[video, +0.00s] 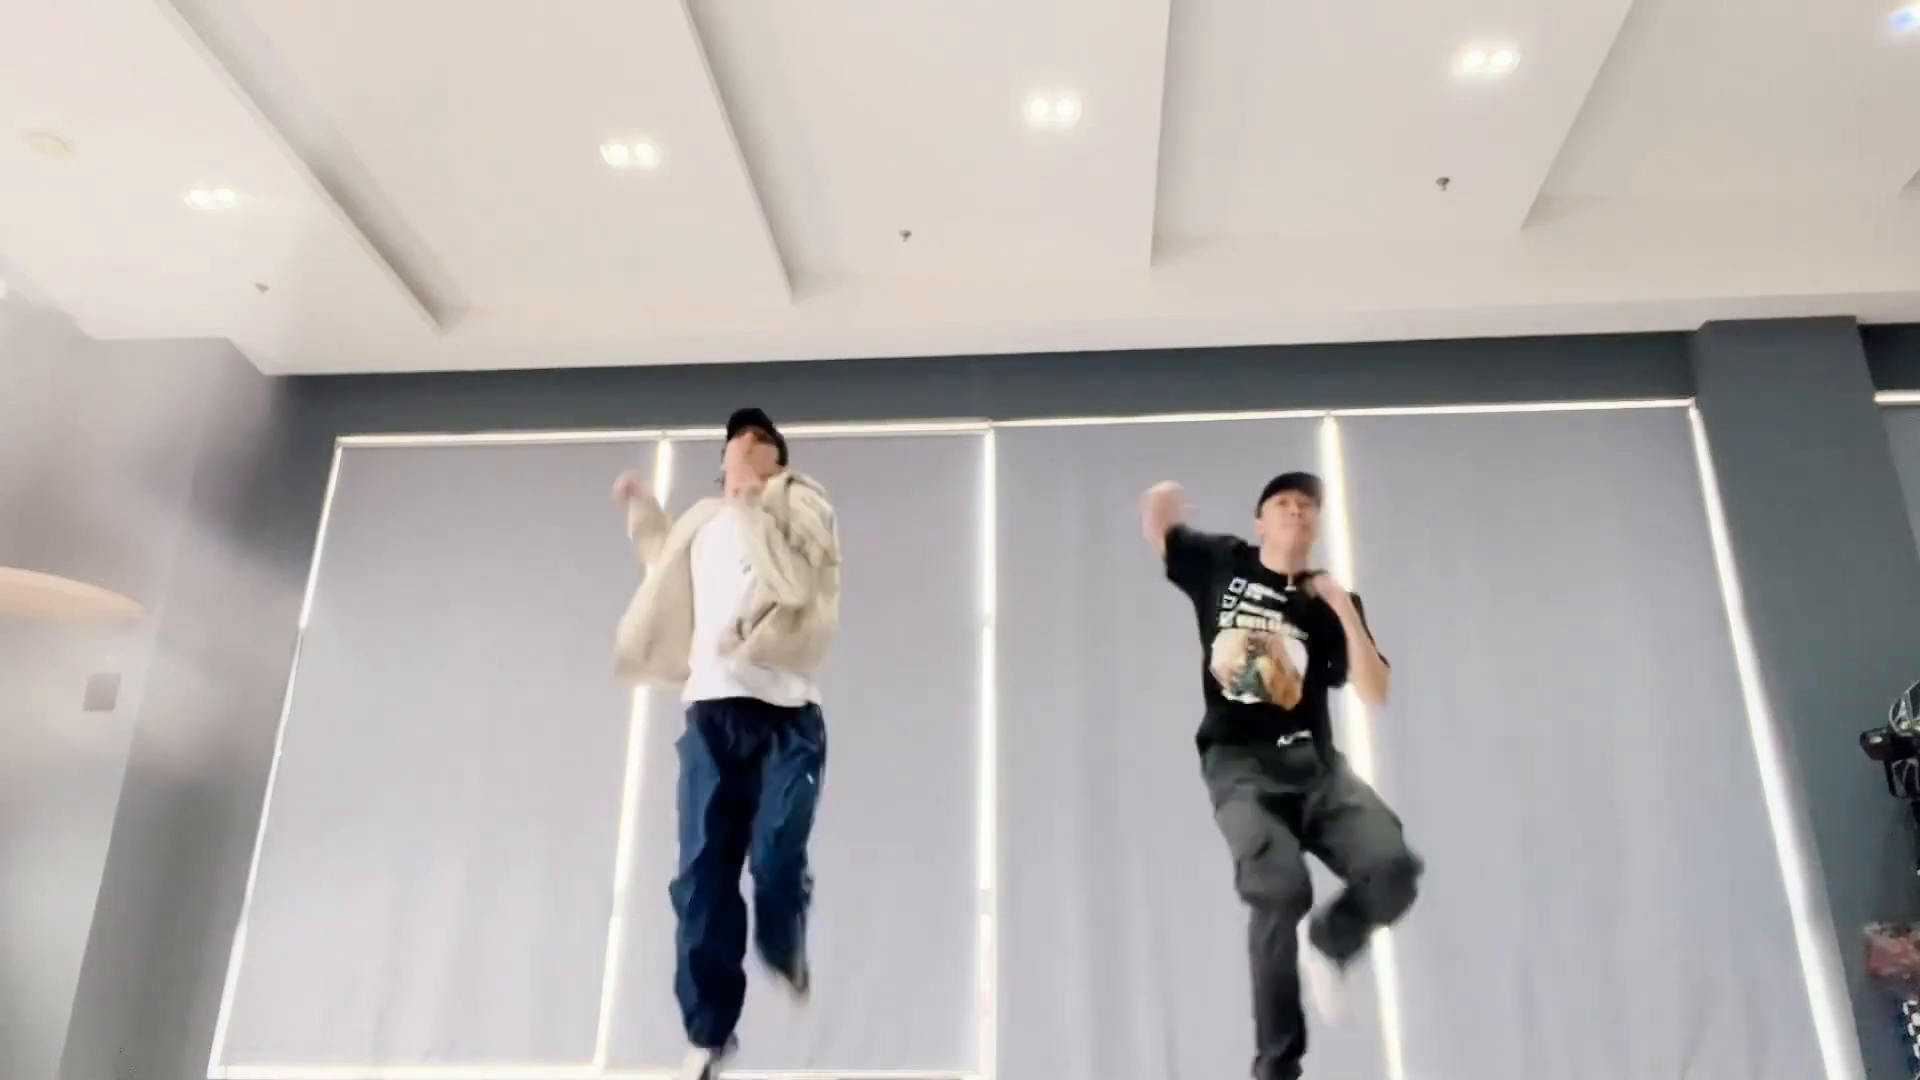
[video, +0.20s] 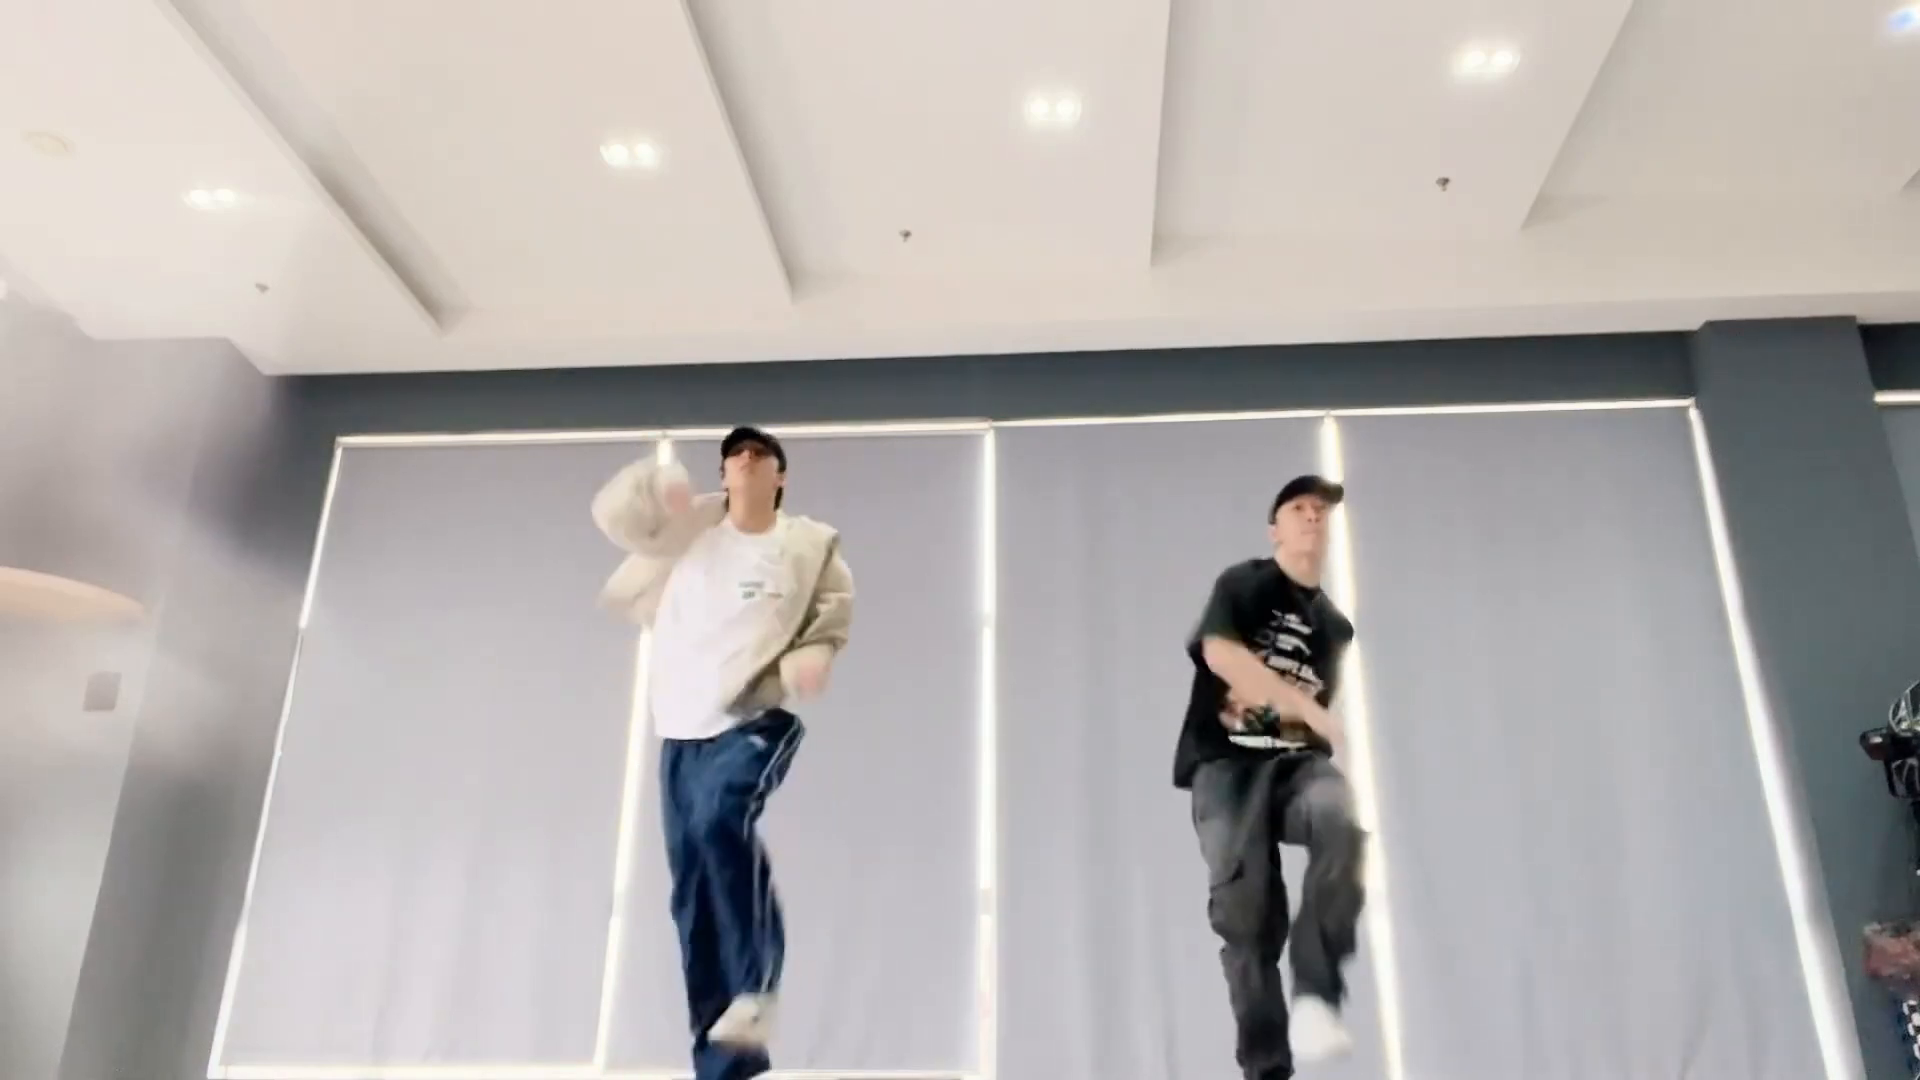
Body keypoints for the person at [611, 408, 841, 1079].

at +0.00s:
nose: (742, 456)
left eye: (755, 446)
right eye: (734, 446)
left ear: (778, 460)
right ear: (723, 459)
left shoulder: (805, 507)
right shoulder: (703, 517)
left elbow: (800, 587)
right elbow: (672, 575)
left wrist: (755, 509)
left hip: (787, 712)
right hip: (711, 710)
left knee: (777, 857)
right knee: (701, 874)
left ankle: (784, 956)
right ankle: (709, 1033)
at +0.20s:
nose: (747, 465)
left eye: (760, 458)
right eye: (737, 457)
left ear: (781, 479)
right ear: (723, 475)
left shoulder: (807, 543)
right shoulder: (690, 532)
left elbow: (832, 615)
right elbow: (612, 515)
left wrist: (812, 654)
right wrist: (656, 492)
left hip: (753, 724)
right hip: (682, 736)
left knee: (714, 820)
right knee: (694, 896)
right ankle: (718, 1058)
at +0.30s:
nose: (743, 483)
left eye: (756, 475)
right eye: (733, 476)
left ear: (777, 496)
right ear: (718, 496)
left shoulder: (806, 576)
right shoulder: (685, 542)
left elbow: (822, 674)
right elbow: (685, 590)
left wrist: (823, 755)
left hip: (742, 756)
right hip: (670, 753)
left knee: (700, 904)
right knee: (671, 914)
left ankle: (699, 1060)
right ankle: (731, 1062)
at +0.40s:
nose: (743, 479)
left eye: (755, 471)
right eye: (732, 473)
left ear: (778, 493)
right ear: (716, 495)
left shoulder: (810, 571)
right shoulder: (684, 544)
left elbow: (837, 650)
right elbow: (687, 626)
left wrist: (840, 687)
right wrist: (716, 702)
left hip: (737, 753)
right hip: (665, 749)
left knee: (676, 904)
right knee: (661, 914)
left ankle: (682, 1065)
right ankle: (720, 1064)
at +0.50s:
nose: (745, 458)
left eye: (757, 449)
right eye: (732, 451)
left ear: (776, 467)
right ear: (716, 470)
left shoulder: (798, 530)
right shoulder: (684, 517)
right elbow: (658, 594)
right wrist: (706, 679)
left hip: (736, 726)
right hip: (665, 723)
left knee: (693, 891)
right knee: (659, 892)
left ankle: (681, 1062)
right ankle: (710, 1059)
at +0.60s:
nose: (755, 458)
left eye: (764, 449)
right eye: (740, 455)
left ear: (783, 465)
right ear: (721, 476)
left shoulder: (805, 518)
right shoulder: (676, 521)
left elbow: (716, 504)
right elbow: (655, 615)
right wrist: (696, 680)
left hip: (737, 726)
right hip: (662, 723)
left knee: (708, 898)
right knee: (661, 900)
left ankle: (689, 1067)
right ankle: (711, 1061)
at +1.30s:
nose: (692, 503)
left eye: (703, 489)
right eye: (681, 499)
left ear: (734, 495)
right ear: (673, 516)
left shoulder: (760, 541)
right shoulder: (682, 599)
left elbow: (801, 529)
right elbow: (649, 678)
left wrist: (687, 530)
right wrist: (696, 714)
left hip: (763, 746)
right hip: (722, 756)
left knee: (638, 859)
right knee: (635, 879)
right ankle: (674, 1057)